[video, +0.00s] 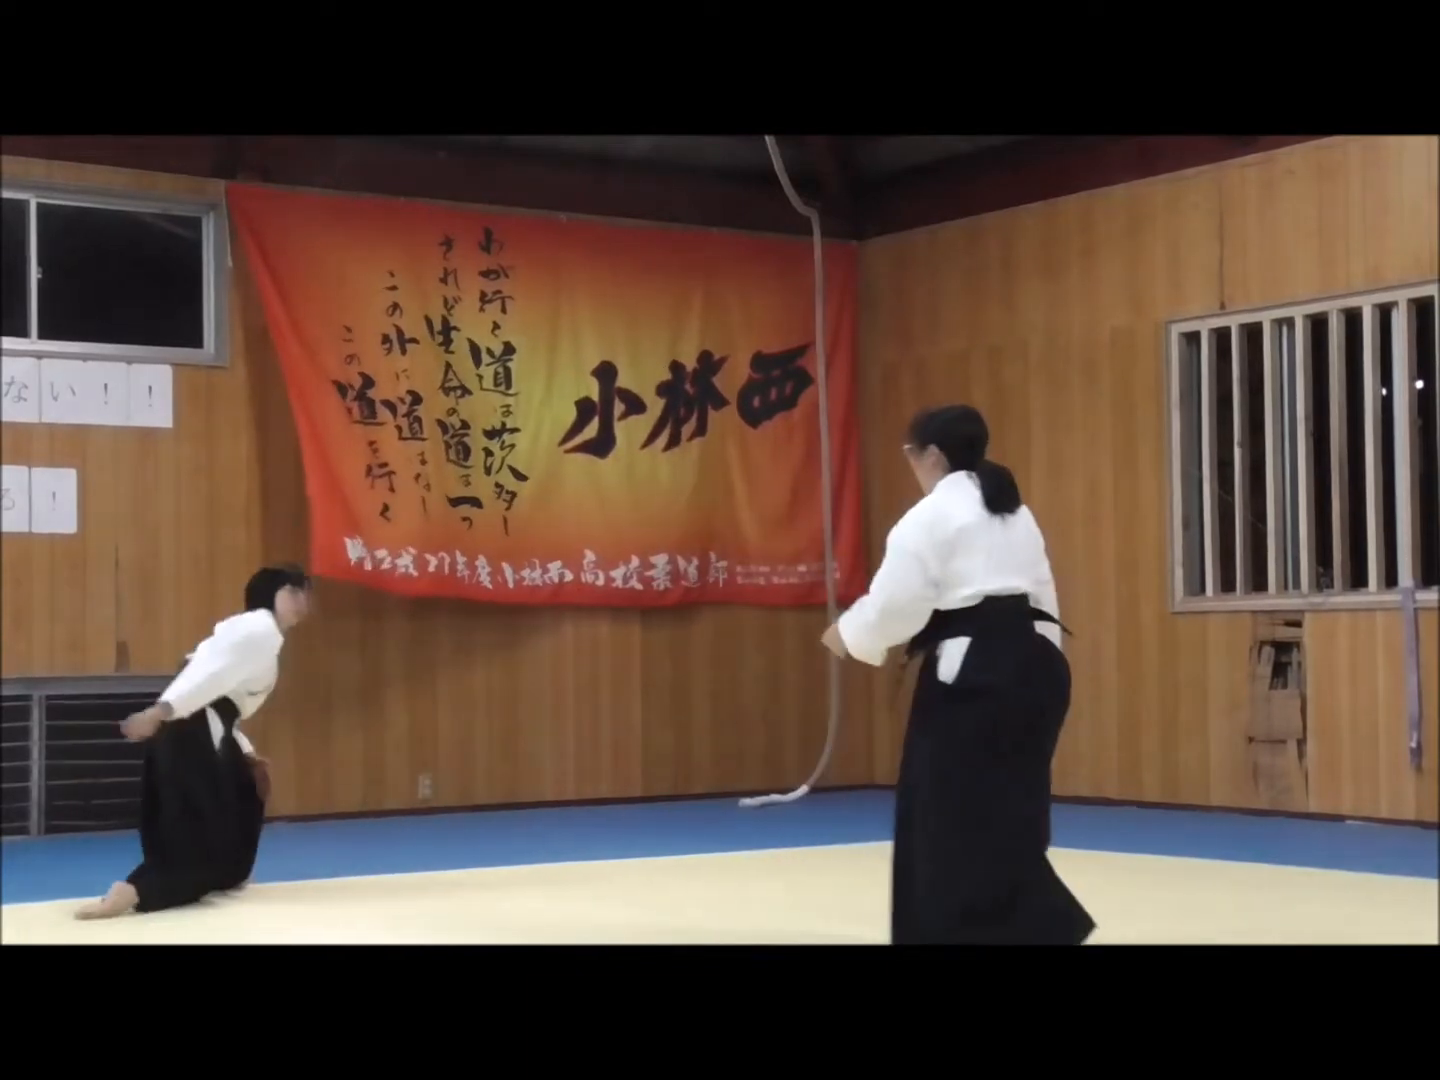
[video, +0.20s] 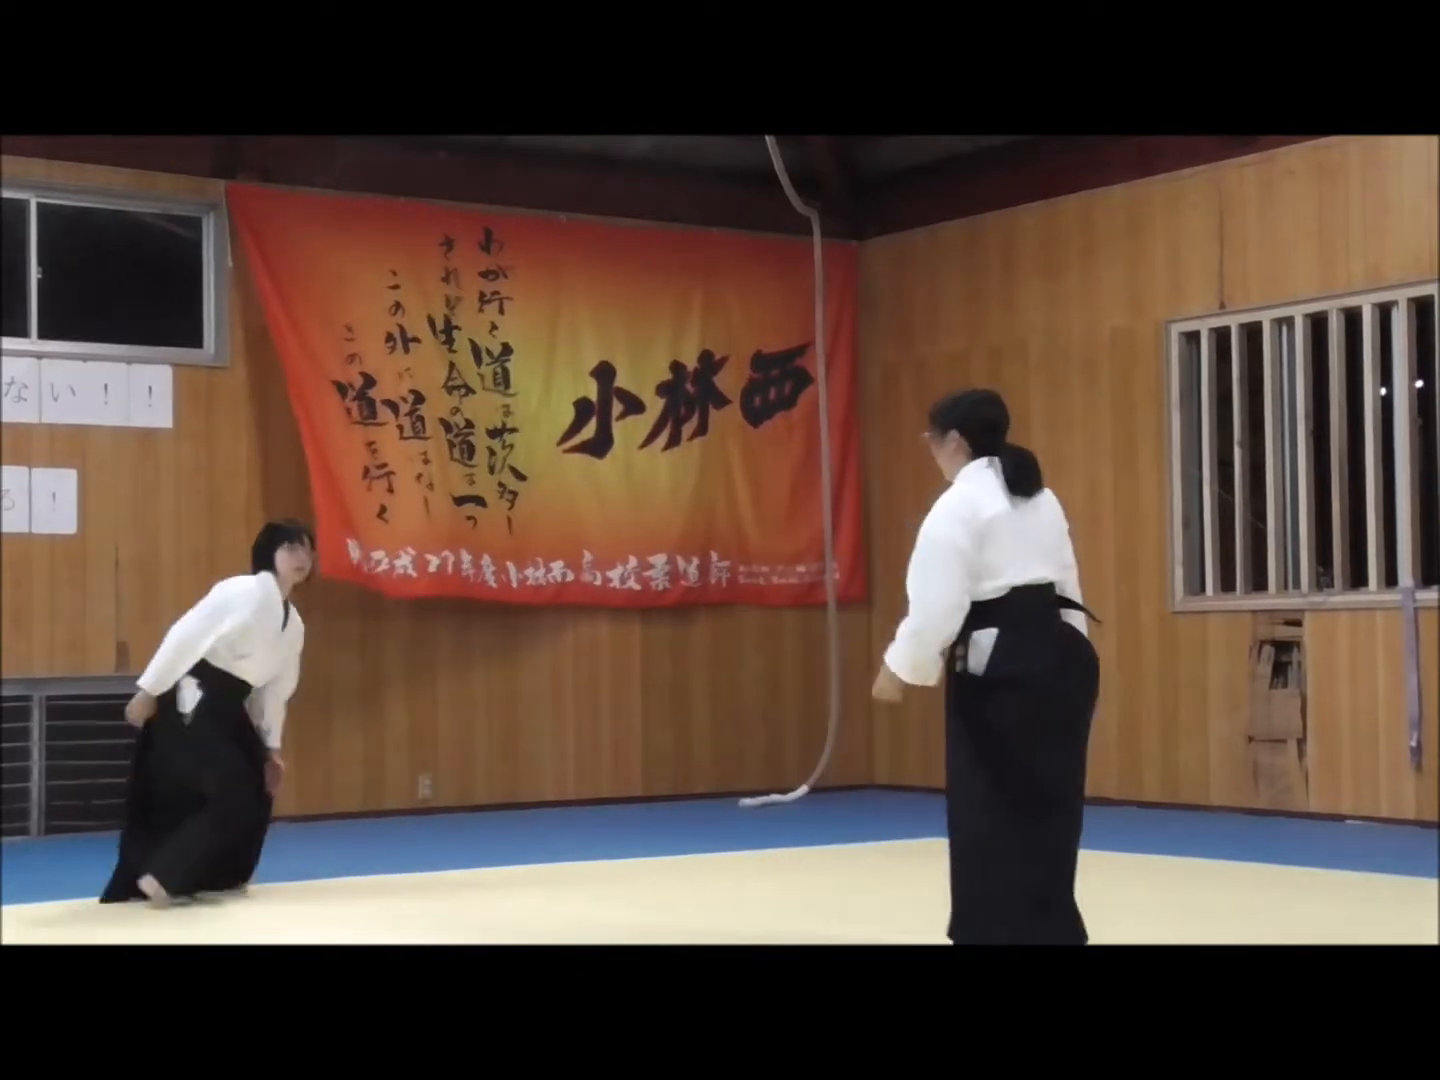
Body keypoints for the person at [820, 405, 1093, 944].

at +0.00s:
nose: (911, 466)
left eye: (913, 456)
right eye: (910, 457)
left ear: (935, 455)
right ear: (974, 453)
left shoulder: (926, 521)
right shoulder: (1017, 510)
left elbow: (892, 606)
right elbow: (1042, 595)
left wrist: (845, 634)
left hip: (971, 667)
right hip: (1039, 661)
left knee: (938, 803)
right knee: (1013, 804)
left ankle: (942, 926)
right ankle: (1046, 920)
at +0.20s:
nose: (930, 450)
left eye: (934, 439)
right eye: (931, 439)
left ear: (956, 441)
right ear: (993, 438)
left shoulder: (956, 508)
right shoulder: (1040, 495)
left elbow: (937, 608)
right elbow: (1066, 578)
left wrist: (897, 669)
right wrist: (1073, 640)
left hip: (997, 662)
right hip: (1065, 654)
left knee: (985, 807)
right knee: (1053, 803)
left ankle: (989, 929)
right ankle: (1053, 927)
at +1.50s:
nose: (897, 477)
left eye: (899, 467)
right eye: (897, 467)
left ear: (917, 469)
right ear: (956, 466)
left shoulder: (903, 533)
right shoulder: (1004, 526)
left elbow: (865, 613)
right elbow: (1021, 608)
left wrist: (831, 685)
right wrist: (1034, 668)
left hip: (935, 675)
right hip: (1009, 669)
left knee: (934, 802)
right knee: (1029, 791)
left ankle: (940, 927)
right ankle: (1069, 907)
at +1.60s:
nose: (875, 478)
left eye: (878, 468)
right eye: (875, 468)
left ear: (898, 469)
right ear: (934, 466)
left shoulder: (889, 532)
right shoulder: (980, 525)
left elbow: (853, 613)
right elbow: (987, 606)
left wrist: (812, 678)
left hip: (922, 673)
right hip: (990, 666)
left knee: (910, 798)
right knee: (984, 785)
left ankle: (920, 927)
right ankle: (1008, 913)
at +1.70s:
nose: (856, 483)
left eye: (859, 472)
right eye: (855, 472)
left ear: (884, 470)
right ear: (906, 469)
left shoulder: (888, 529)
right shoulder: (952, 517)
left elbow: (850, 610)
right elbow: (944, 599)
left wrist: (812, 660)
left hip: (910, 673)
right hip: (963, 668)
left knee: (898, 801)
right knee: (959, 799)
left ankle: (909, 926)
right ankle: (985, 922)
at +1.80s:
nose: (846, 487)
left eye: (852, 475)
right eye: (846, 476)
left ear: (876, 473)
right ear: (892, 473)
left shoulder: (889, 528)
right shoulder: (915, 516)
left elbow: (867, 615)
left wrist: (839, 676)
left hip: (912, 667)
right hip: (948, 662)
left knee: (907, 797)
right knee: (947, 796)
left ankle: (925, 921)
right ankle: (966, 918)